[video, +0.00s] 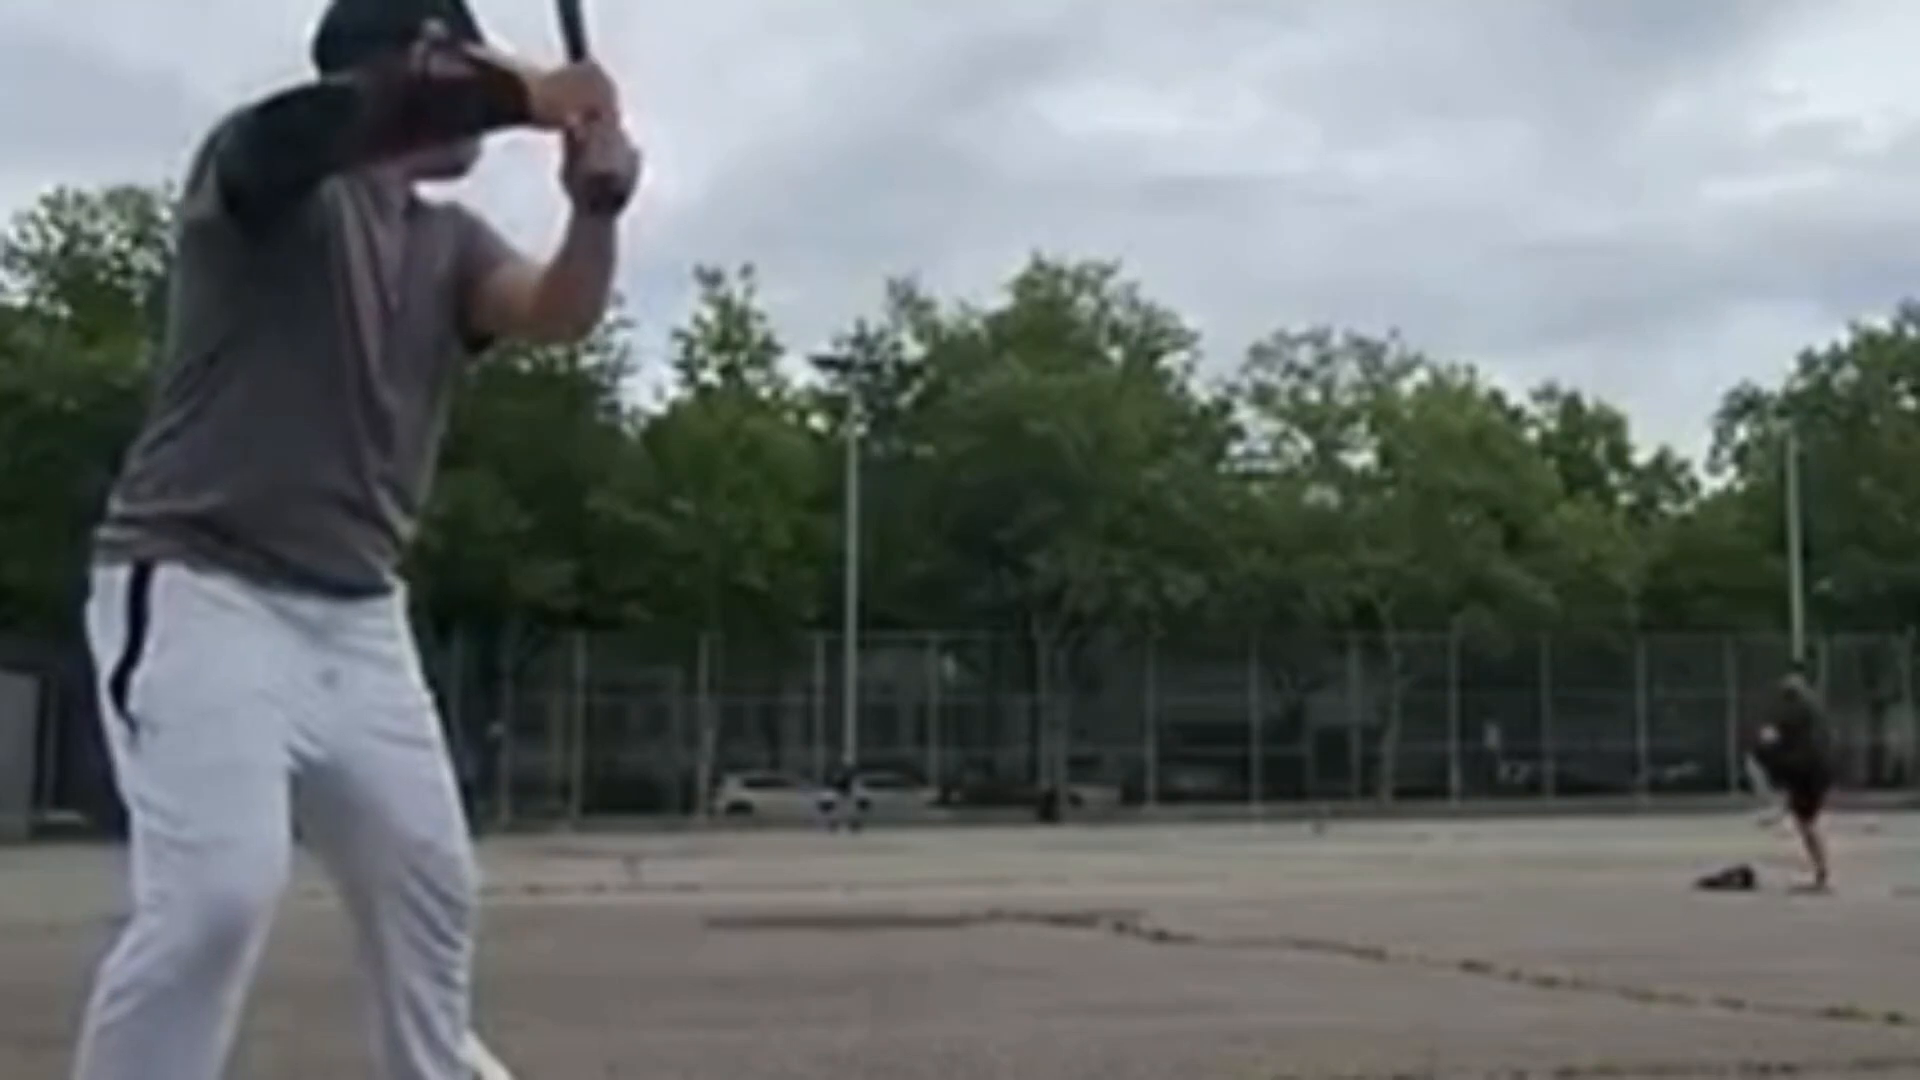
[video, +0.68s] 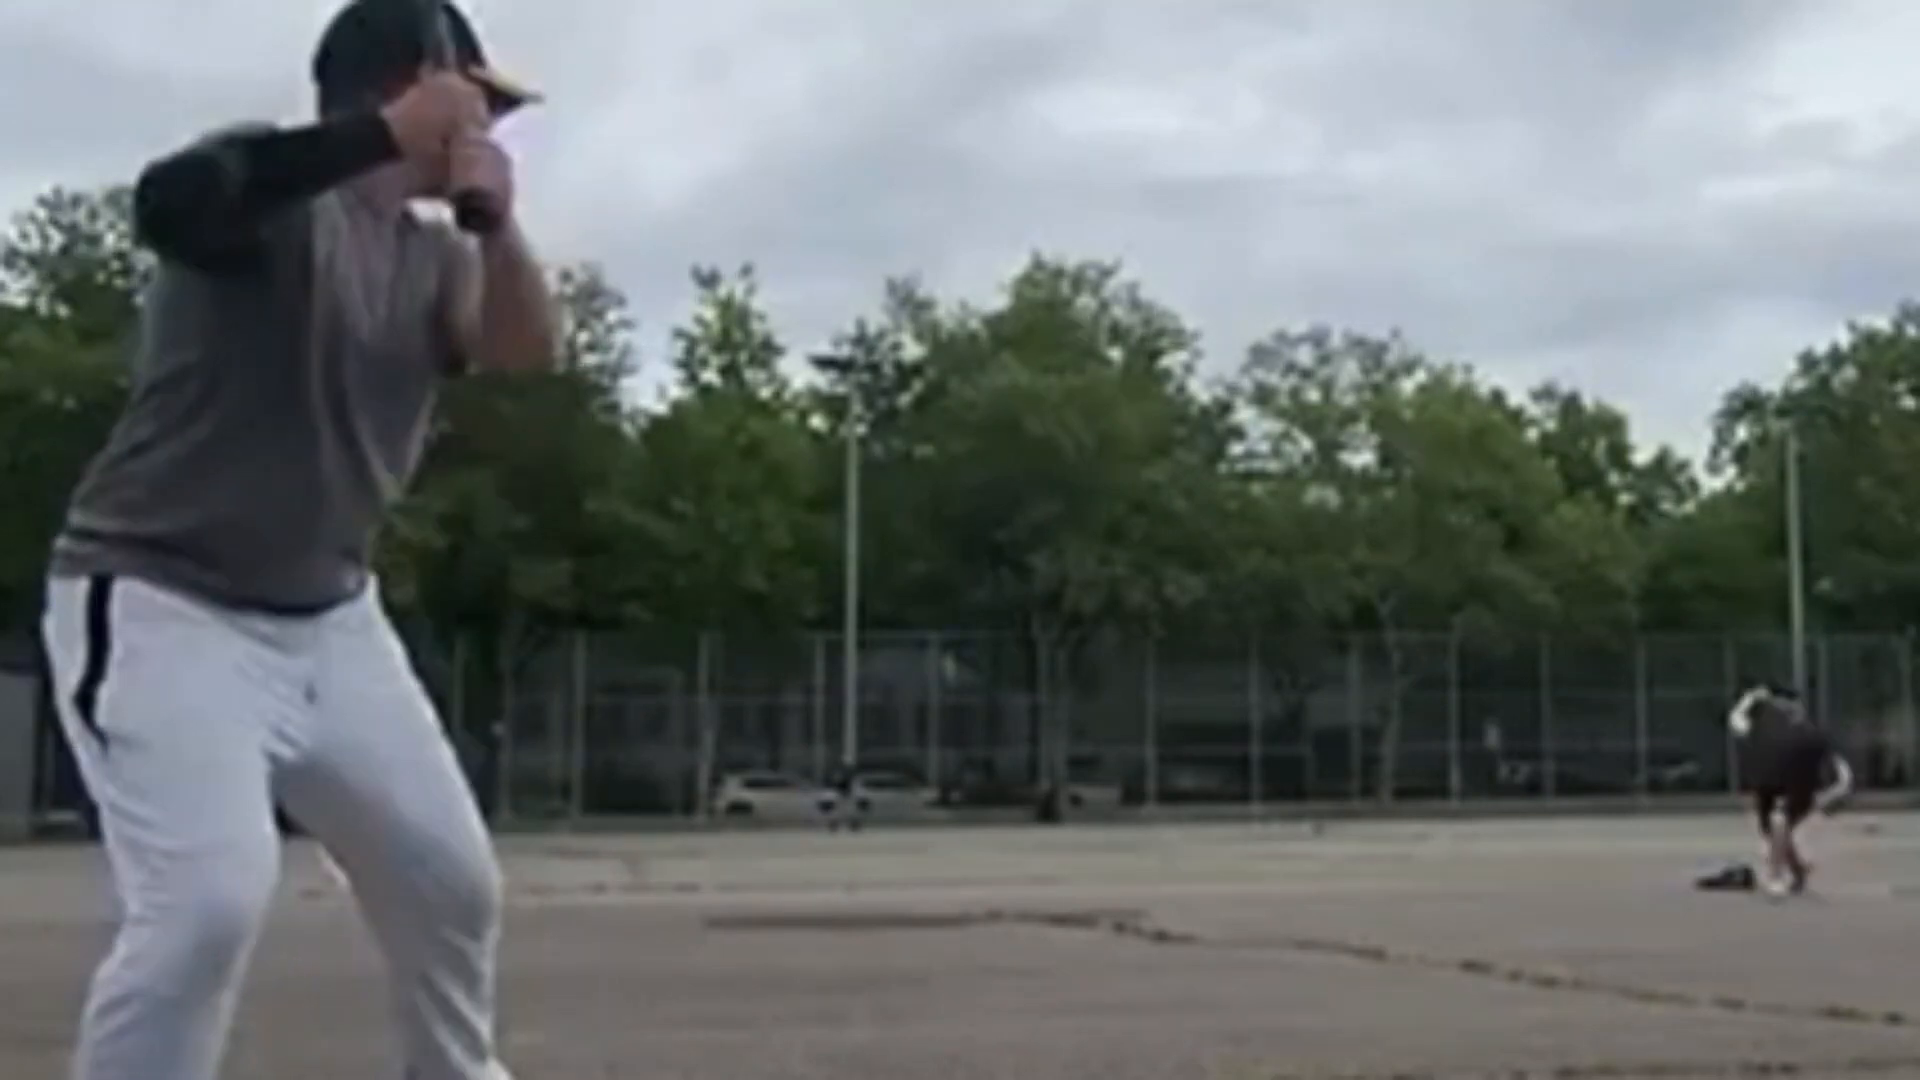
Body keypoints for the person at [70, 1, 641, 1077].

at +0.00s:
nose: (473, 97)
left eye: (478, 75)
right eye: (453, 67)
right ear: (380, 73)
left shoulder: (448, 240)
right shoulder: (255, 174)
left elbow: (560, 312)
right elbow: (322, 125)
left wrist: (594, 209)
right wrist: (526, 93)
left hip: (357, 615)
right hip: (196, 591)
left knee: (430, 878)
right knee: (218, 894)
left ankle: (439, 1064)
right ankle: (127, 1068)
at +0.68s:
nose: (485, 122)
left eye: (490, 103)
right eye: (472, 97)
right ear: (401, 88)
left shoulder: (438, 252)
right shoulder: (269, 189)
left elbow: (520, 350)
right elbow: (166, 204)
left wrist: (497, 224)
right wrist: (386, 137)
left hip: (331, 621)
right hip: (158, 607)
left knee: (452, 885)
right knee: (208, 899)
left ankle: (455, 1066)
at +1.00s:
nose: (475, 136)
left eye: (476, 112)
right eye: (463, 107)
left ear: (405, 96)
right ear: (400, 90)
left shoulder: (441, 242)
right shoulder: (220, 184)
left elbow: (470, 318)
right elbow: (24, 213)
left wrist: (332, 179)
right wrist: (209, 113)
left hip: (336, 634)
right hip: (161, 622)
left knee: (447, 895)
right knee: (196, 894)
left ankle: (435, 1062)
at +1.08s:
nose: (481, 149)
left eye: (482, 126)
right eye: (469, 121)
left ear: (404, 112)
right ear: (403, 108)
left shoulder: (445, 253)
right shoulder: (217, 200)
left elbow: (468, 322)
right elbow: (25, 233)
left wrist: (320, 179)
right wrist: (191, 128)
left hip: (344, 646)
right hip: (172, 631)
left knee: (455, 897)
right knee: (195, 893)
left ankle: (394, 1060)